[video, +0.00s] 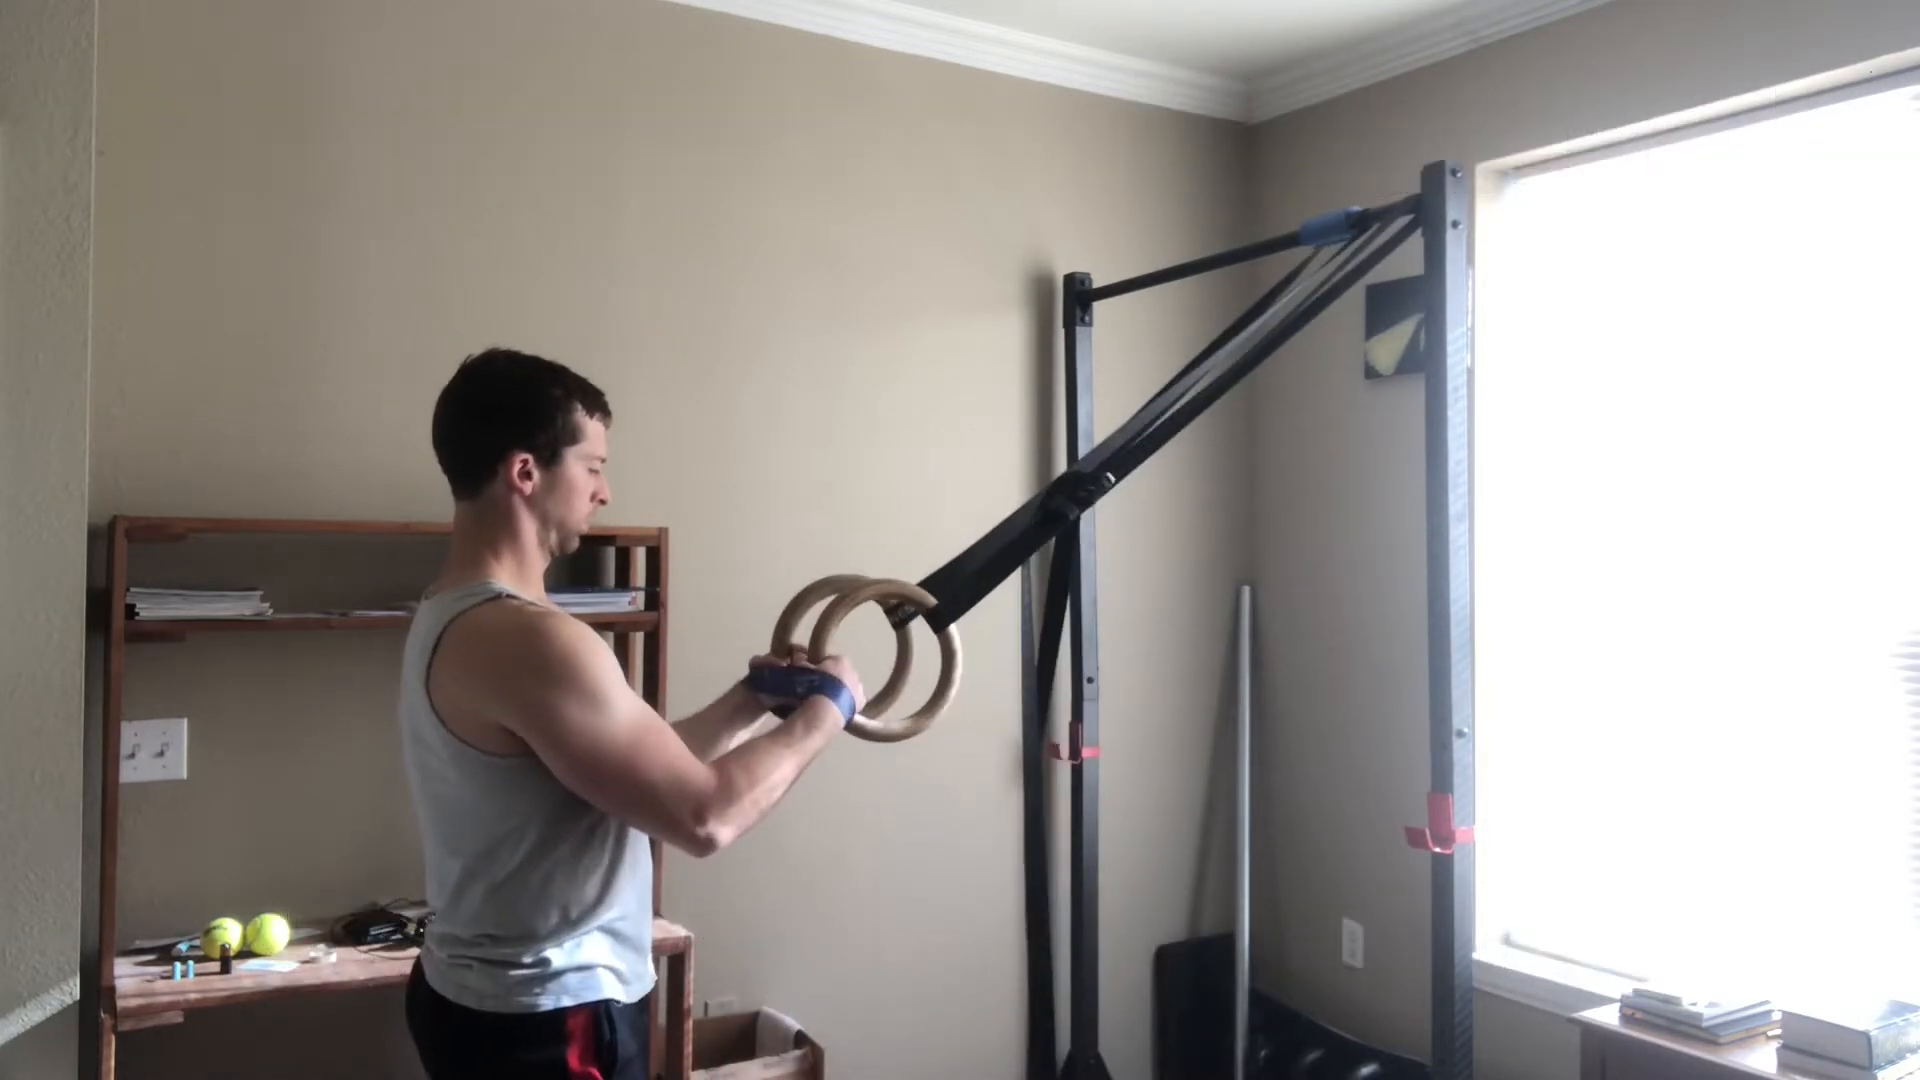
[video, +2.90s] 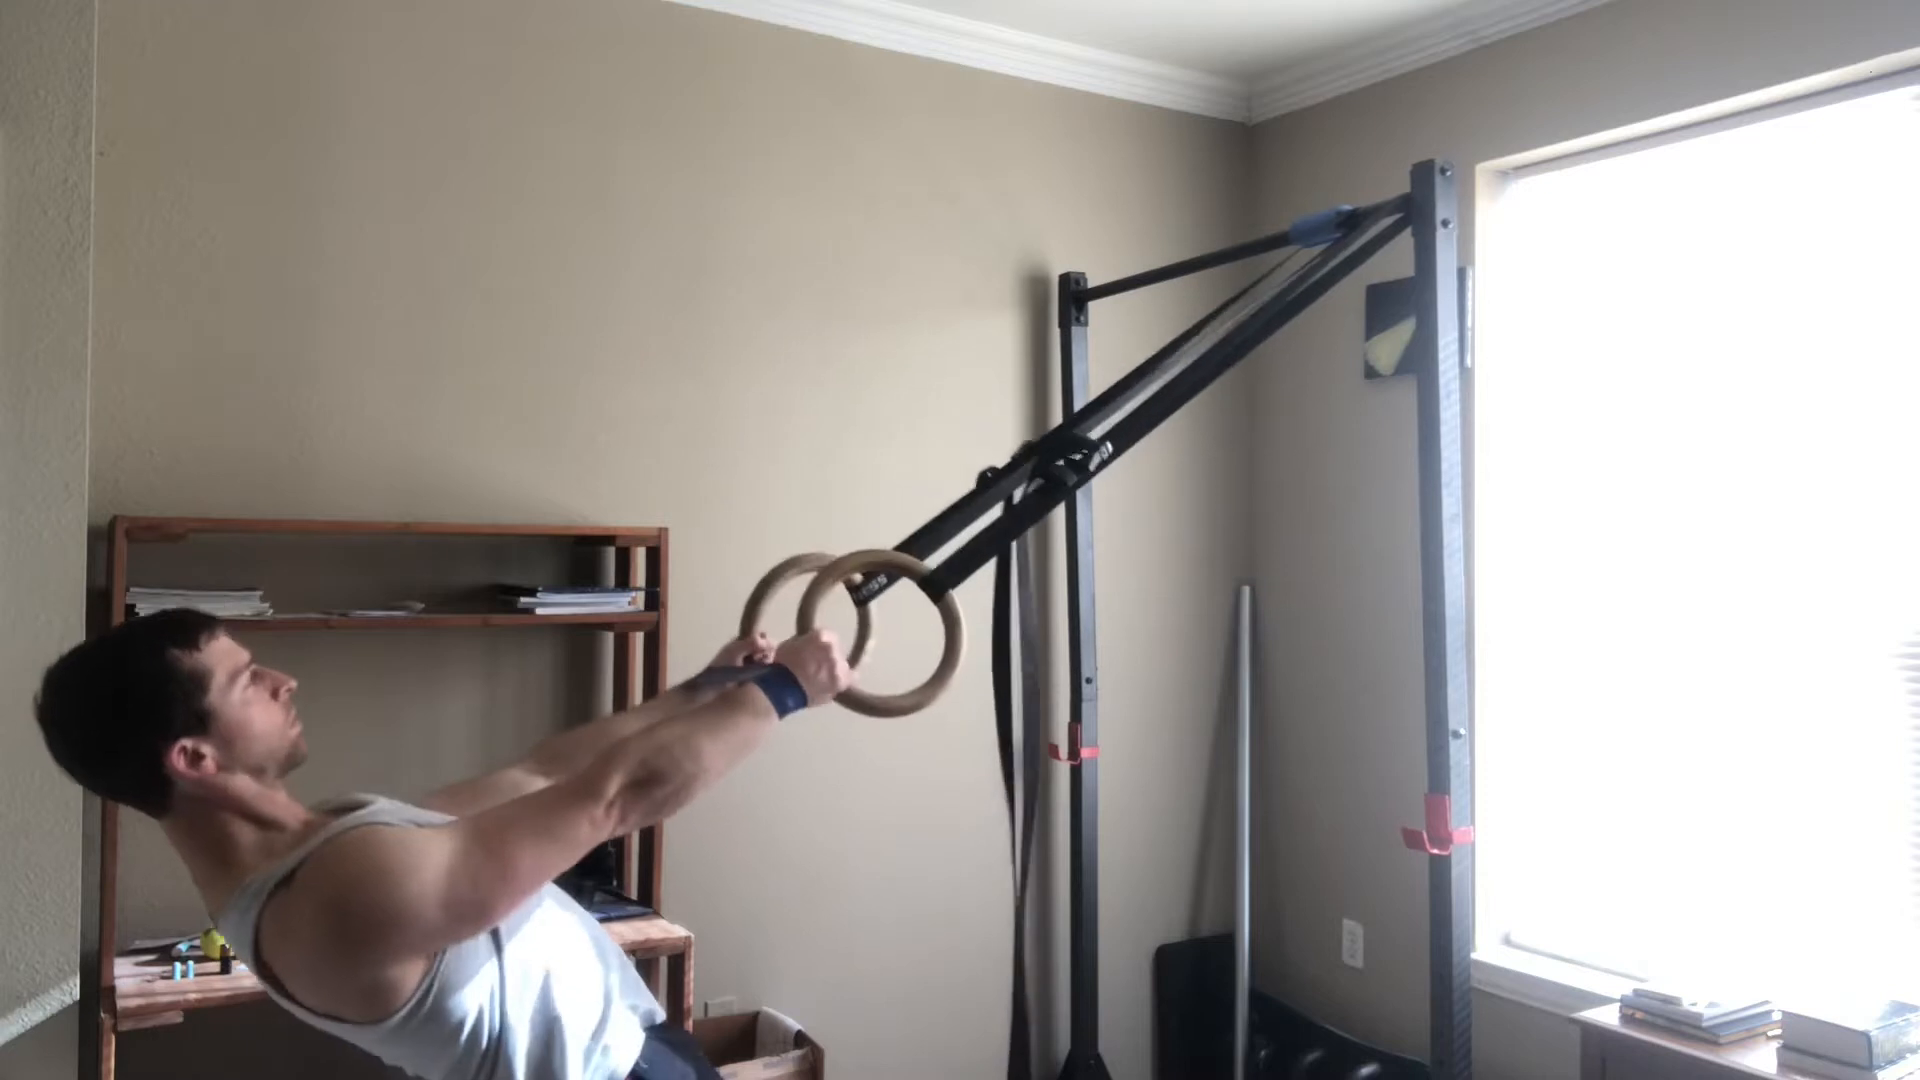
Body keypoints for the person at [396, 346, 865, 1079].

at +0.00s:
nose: (604, 492)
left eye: (601, 470)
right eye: (591, 468)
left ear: (521, 477)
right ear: (524, 473)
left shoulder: (452, 617)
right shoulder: (531, 642)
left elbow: (623, 773)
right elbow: (705, 817)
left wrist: (750, 699)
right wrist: (825, 712)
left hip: (483, 1004)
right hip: (552, 1024)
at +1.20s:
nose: (518, 512)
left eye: (518, 486)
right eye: (506, 484)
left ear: (429, 489)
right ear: (432, 487)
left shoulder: (360, 641)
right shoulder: (448, 667)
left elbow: (577, 754)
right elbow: (677, 807)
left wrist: (727, 681)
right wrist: (816, 698)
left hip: (448, 1028)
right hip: (528, 1043)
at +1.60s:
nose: (435, 520)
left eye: (426, 491)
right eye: (415, 493)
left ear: (333, 527)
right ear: (336, 523)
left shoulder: (303, 675)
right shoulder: (367, 700)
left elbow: (536, 740)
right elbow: (627, 776)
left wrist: (704, 681)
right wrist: (788, 686)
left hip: (430, 1043)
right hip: (505, 1051)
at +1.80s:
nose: (374, 539)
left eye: (359, 515)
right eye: (346, 521)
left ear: (270, 565)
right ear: (270, 563)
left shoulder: (289, 718)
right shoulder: (337, 739)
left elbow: (548, 732)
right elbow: (613, 762)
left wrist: (712, 658)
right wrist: (780, 662)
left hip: (462, 1055)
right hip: (525, 1061)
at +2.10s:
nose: (290, 588)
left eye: (268, 563)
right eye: (254, 572)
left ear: (182, 636)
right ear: (181, 631)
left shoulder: (233, 768)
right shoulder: (292, 792)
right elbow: (578, 727)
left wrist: (714, 647)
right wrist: (760, 632)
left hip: (524, 1048)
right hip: (544, 1064)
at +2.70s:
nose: (284, 673)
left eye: (261, 654)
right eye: (251, 668)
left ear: (190, 747)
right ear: (188, 740)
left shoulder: (304, 839)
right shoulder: (341, 871)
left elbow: (542, 779)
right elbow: (617, 784)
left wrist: (741, 684)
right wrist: (791, 680)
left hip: (624, 1048)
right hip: (619, 1069)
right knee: (798, 1045)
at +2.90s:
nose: (286, 684)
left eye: (262, 667)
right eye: (252, 683)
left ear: (197, 765)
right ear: (194, 761)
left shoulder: (316, 845)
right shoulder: (343, 893)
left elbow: (537, 778)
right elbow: (617, 800)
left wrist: (717, 682)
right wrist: (787, 689)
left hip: (624, 1039)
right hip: (621, 1067)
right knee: (791, 1048)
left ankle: (724, 1045)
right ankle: (764, 1057)